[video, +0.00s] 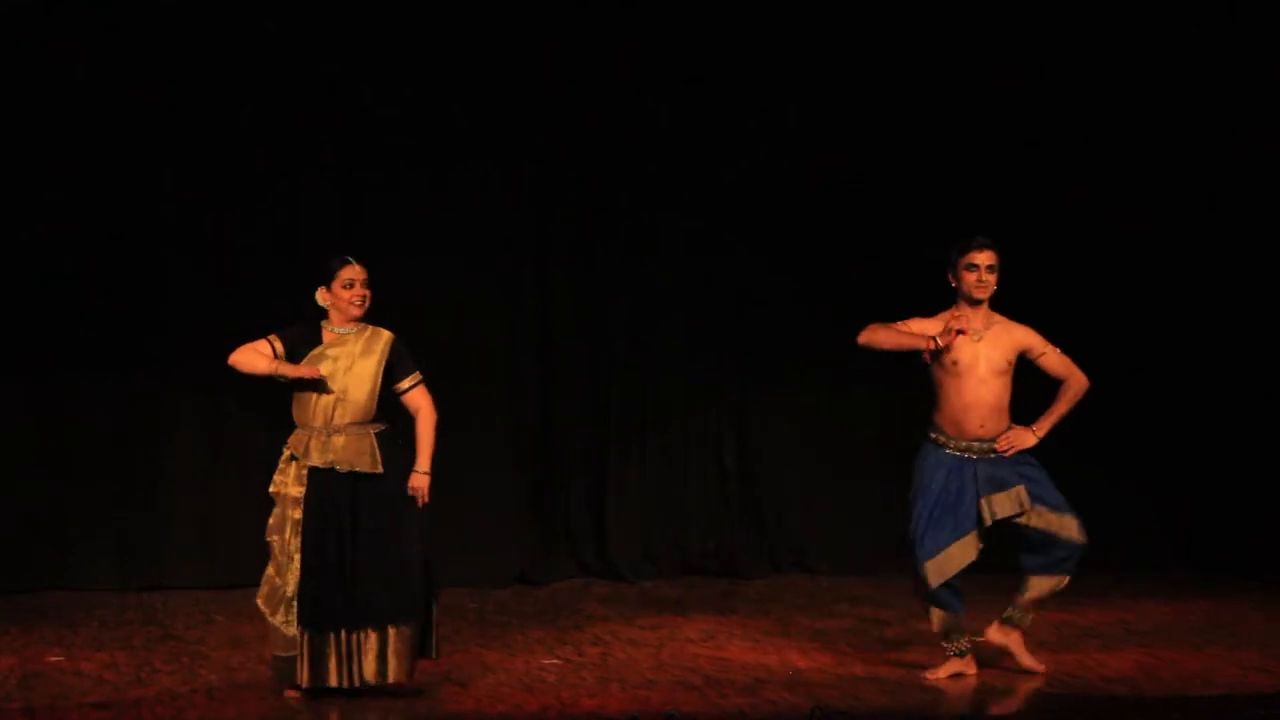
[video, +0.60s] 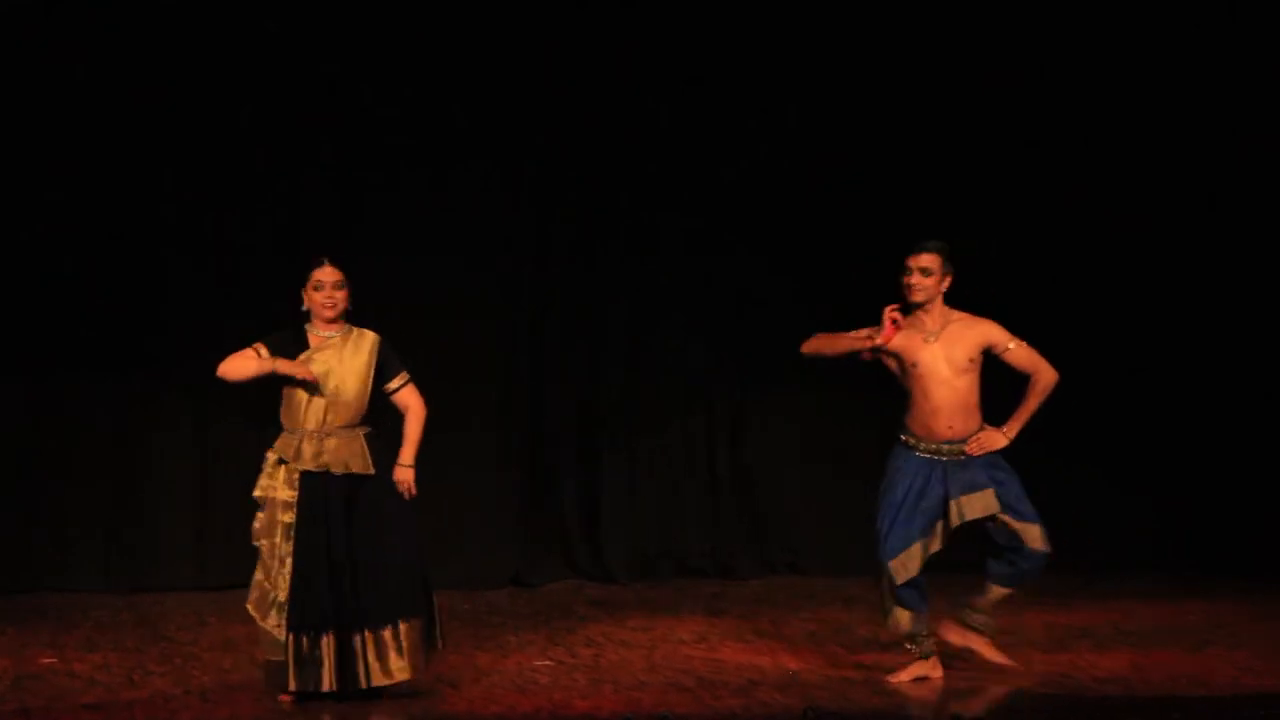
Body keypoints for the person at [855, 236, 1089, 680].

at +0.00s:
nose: (982, 277)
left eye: (989, 270)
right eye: (972, 269)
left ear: (998, 278)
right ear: (955, 275)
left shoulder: (1015, 334)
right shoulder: (935, 326)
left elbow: (1077, 381)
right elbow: (867, 336)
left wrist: (1036, 430)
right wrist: (930, 339)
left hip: (1003, 454)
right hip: (944, 453)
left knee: (1063, 536)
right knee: (934, 552)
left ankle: (1009, 626)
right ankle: (959, 654)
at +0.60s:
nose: (913, 280)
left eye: (924, 273)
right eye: (908, 272)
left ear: (945, 281)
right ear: (902, 278)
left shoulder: (978, 331)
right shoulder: (891, 334)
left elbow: (1046, 375)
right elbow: (809, 347)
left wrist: (1008, 431)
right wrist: (872, 340)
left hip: (973, 454)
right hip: (915, 456)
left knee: (1028, 545)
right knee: (897, 554)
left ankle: (971, 623)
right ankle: (925, 657)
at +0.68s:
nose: (904, 284)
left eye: (915, 277)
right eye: (900, 276)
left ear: (937, 285)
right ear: (895, 282)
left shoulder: (971, 334)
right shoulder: (884, 339)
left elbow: (1037, 379)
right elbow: (799, 351)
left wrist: (1000, 435)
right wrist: (861, 342)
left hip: (965, 458)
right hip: (908, 458)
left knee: (1008, 545)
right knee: (899, 557)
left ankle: (935, 589)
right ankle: (924, 658)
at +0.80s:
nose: (894, 284)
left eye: (905, 277)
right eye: (890, 276)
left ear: (927, 284)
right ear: (885, 282)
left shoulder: (963, 332)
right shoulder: (875, 340)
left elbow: (1029, 377)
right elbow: (791, 350)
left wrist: (993, 434)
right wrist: (848, 337)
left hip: (955, 459)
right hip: (901, 457)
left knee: (956, 560)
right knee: (894, 555)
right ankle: (921, 656)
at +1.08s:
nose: (904, 287)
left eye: (914, 279)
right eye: (896, 279)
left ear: (930, 286)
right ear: (887, 285)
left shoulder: (964, 335)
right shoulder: (875, 343)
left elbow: (1026, 384)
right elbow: (801, 358)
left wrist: (990, 438)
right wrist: (863, 344)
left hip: (951, 462)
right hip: (896, 458)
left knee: (986, 555)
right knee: (871, 557)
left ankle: (912, 610)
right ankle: (884, 658)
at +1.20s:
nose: (925, 282)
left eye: (934, 274)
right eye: (915, 274)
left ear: (946, 281)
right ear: (903, 281)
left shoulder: (976, 331)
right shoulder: (893, 336)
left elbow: (1039, 379)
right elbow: (822, 358)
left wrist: (1003, 435)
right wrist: (881, 345)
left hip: (967, 457)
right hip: (909, 455)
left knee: (1006, 549)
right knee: (883, 549)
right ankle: (889, 658)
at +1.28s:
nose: (941, 282)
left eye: (949, 274)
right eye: (931, 274)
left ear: (958, 280)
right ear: (916, 282)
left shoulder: (984, 334)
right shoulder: (901, 337)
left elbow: (1050, 378)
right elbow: (836, 354)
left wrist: (1014, 433)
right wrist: (896, 344)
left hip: (978, 456)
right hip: (920, 456)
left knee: (1015, 551)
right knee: (889, 549)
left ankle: (975, 654)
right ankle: (914, 642)